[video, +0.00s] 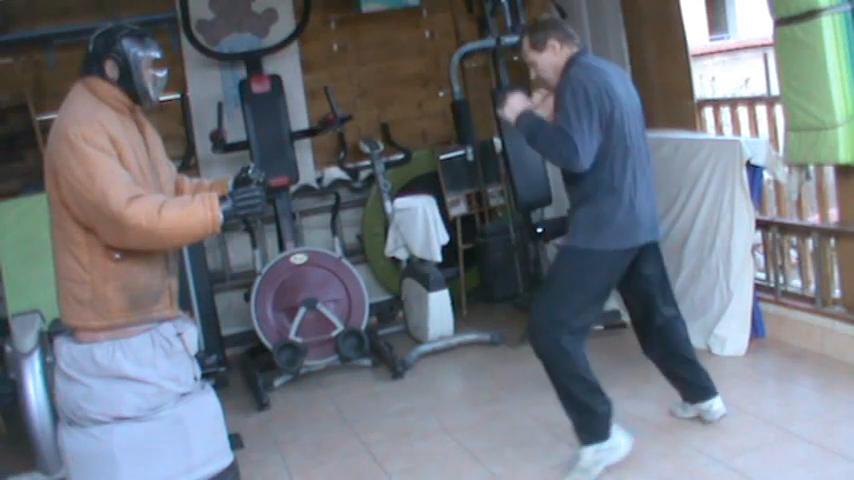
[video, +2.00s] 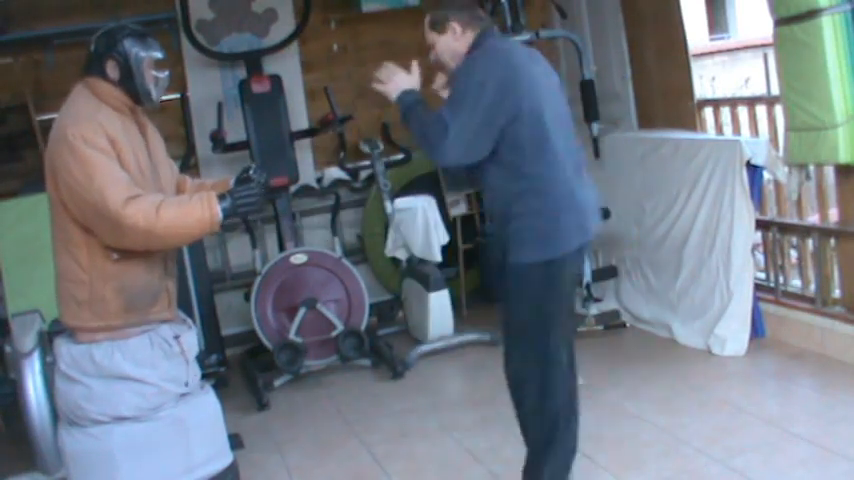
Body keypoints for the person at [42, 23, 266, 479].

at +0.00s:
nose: (153, 74)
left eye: (154, 63)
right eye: (144, 64)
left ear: (117, 68)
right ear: (111, 66)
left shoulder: (131, 118)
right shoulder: (80, 128)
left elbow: (168, 187)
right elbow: (125, 218)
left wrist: (227, 186)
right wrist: (218, 210)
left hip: (152, 317)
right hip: (109, 329)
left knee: (184, 447)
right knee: (132, 458)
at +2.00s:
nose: (155, 75)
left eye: (155, 65)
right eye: (145, 65)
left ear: (119, 68)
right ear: (113, 66)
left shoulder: (135, 120)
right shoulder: (78, 131)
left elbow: (173, 188)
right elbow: (127, 220)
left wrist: (231, 185)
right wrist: (217, 209)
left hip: (154, 318)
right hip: (108, 331)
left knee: (184, 448)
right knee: (130, 459)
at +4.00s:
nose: (153, 76)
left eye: (153, 65)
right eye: (144, 65)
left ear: (116, 68)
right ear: (111, 65)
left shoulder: (132, 118)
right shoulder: (77, 129)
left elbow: (170, 188)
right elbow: (123, 220)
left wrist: (227, 187)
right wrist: (215, 212)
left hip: (152, 314)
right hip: (107, 327)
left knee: (179, 444)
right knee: (129, 455)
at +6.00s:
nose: (148, 76)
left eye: (148, 65)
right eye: (138, 65)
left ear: (114, 68)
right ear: (104, 66)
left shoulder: (137, 121)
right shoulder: (69, 128)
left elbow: (176, 189)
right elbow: (109, 221)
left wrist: (228, 189)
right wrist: (203, 216)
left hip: (157, 319)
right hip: (104, 332)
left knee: (194, 448)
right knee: (124, 459)